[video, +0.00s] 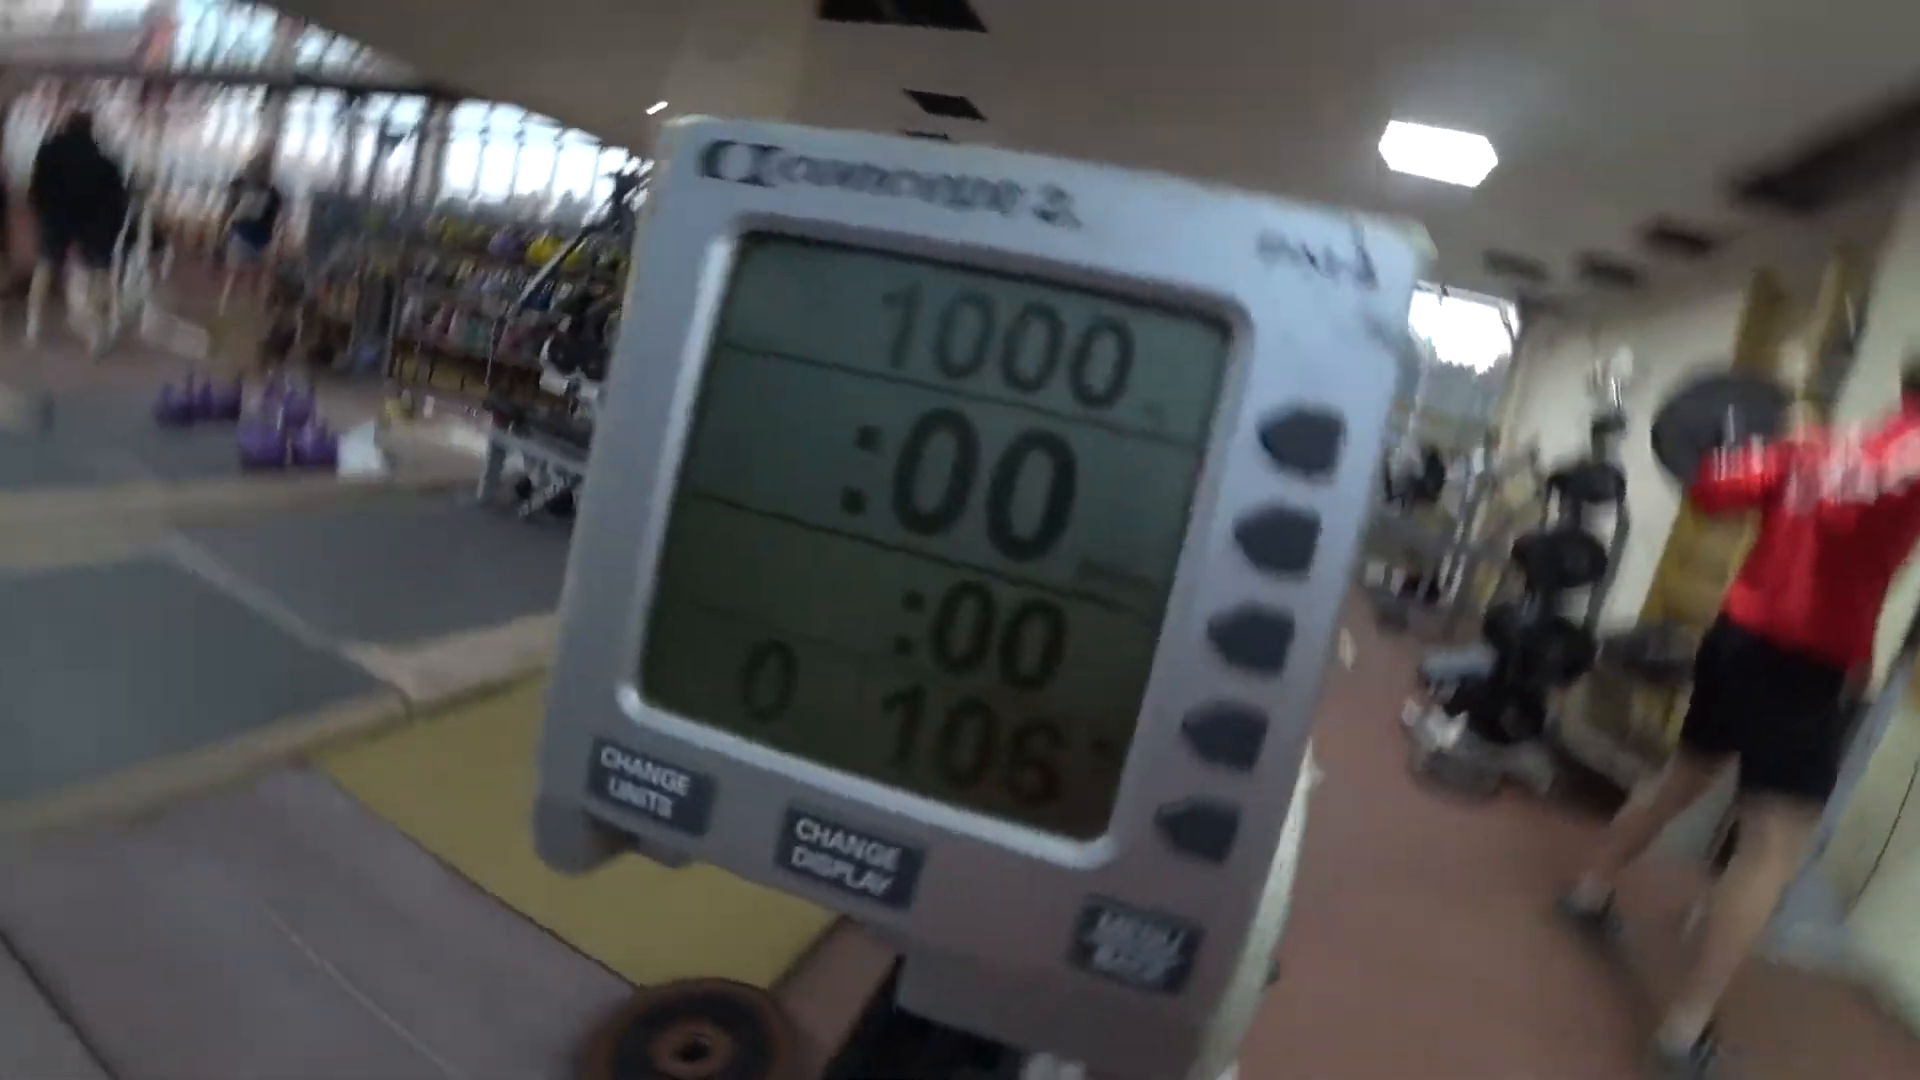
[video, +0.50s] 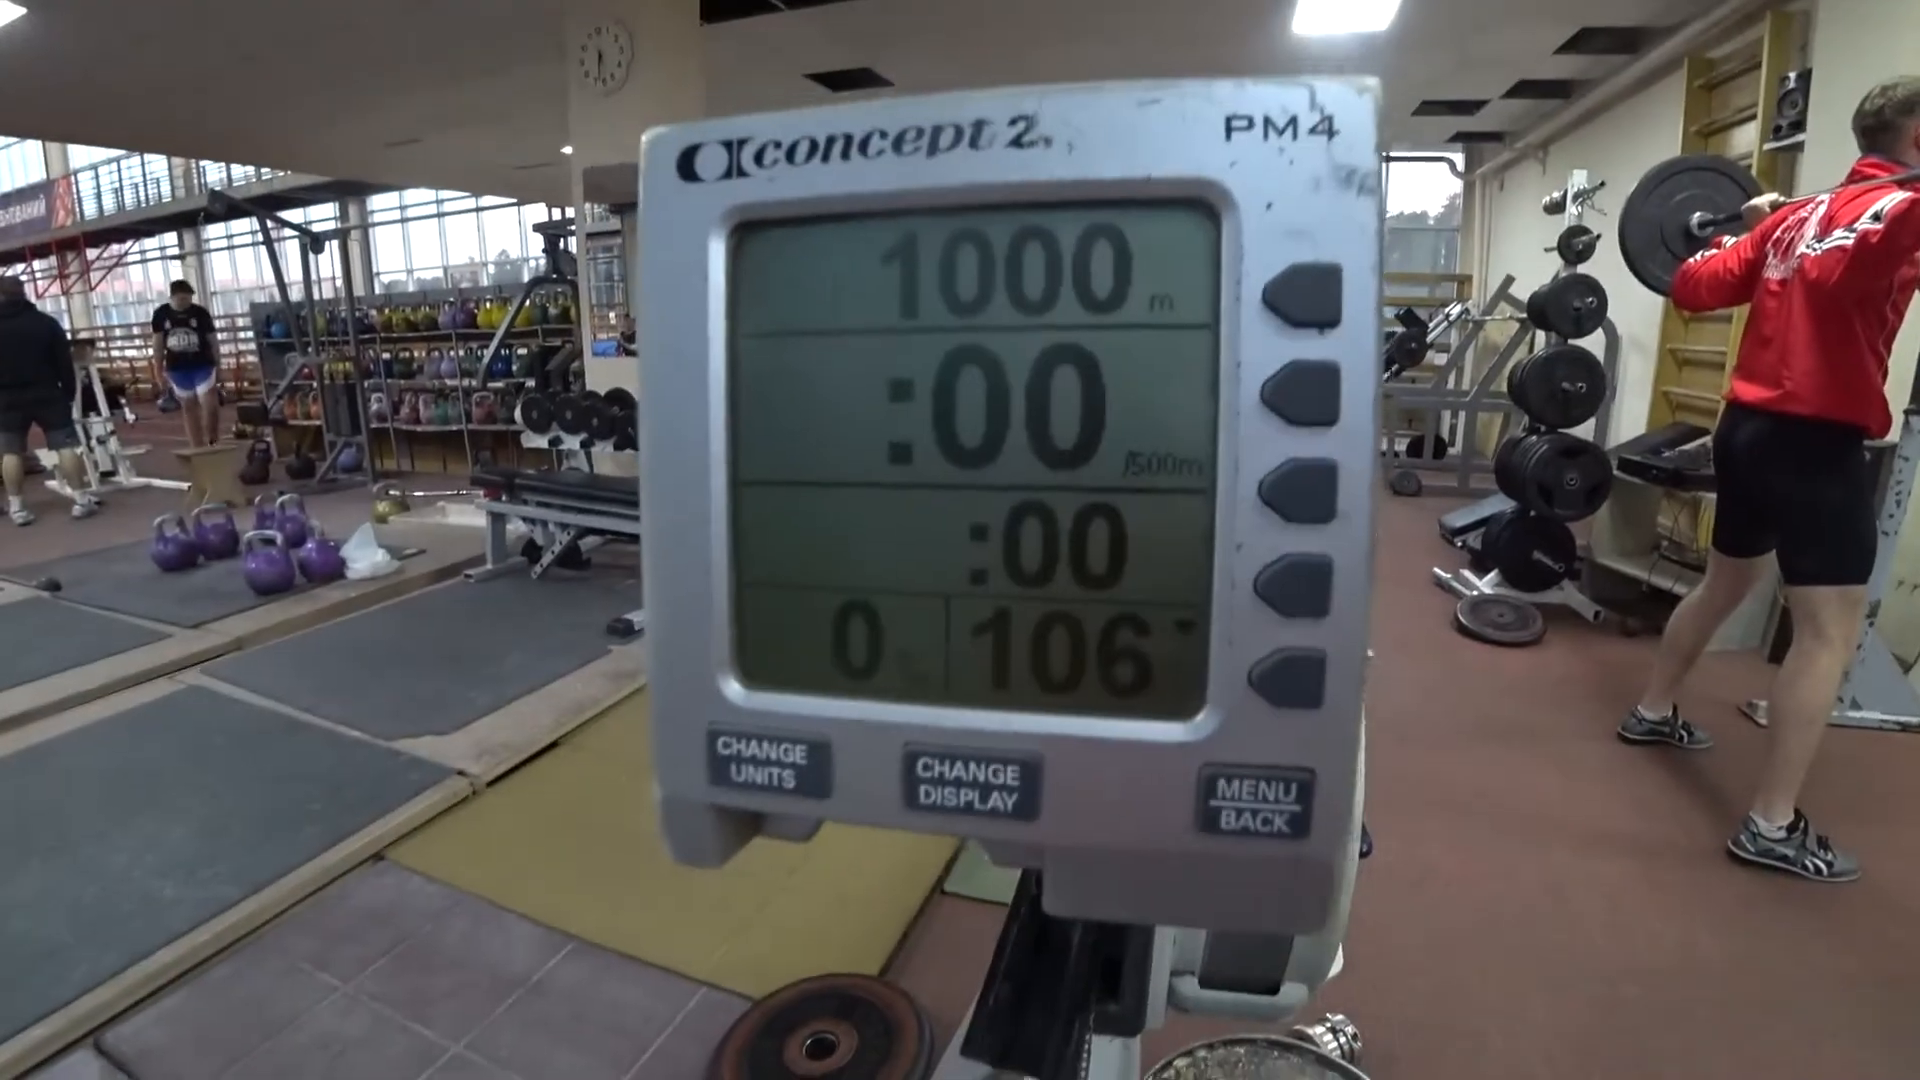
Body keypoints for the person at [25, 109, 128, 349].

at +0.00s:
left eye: (75, 126)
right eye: (82, 127)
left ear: (64, 128)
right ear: (91, 131)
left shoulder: (49, 153)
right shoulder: (103, 162)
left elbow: (36, 190)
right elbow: (115, 199)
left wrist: (41, 210)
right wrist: (110, 226)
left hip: (56, 220)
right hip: (93, 223)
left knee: (45, 269)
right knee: (98, 274)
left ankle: (33, 327)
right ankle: (99, 329)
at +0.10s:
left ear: (33, 208)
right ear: (58, 208)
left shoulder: (17, 236)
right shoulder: (77, 240)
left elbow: (10, 277)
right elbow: (90, 284)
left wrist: (11, 307)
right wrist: (88, 315)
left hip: (31, 310)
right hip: (68, 310)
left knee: (24, 362)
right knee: (77, 364)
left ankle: (19, 420)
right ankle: (85, 419)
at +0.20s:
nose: (8, 276)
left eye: (8, 271)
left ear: (10, 274)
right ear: (35, 272)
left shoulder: (3, 300)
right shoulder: (56, 303)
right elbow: (74, 345)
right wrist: (73, 378)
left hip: (13, 377)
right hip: (54, 374)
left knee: (12, 430)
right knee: (69, 427)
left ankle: (15, 487)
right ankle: (79, 480)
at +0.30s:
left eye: (4, 298)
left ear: (1, 300)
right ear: (24, 297)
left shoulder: (3, 329)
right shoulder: (47, 328)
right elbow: (66, 372)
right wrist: (67, 403)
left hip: (10, 405)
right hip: (47, 401)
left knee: (9, 455)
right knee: (65, 449)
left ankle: (14, 512)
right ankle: (79, 503)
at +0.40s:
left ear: (0, 301)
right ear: (22, 298)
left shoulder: (3, 329)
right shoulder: (45, 327)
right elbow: (64, 369)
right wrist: (67, 398)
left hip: (9, 404)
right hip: (47, 400)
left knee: (9, 455)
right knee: (63, 450)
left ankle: (14, 512)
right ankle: (78, 504)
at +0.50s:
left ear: (1, 297)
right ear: (23, 294)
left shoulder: (3, 325)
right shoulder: (45, 323)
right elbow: (65, 365)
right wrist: (69, 395)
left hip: (10, 400)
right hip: (48, 395)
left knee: (11, 451)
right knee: (65, 445)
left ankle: (16, 508)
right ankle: (81, 500)